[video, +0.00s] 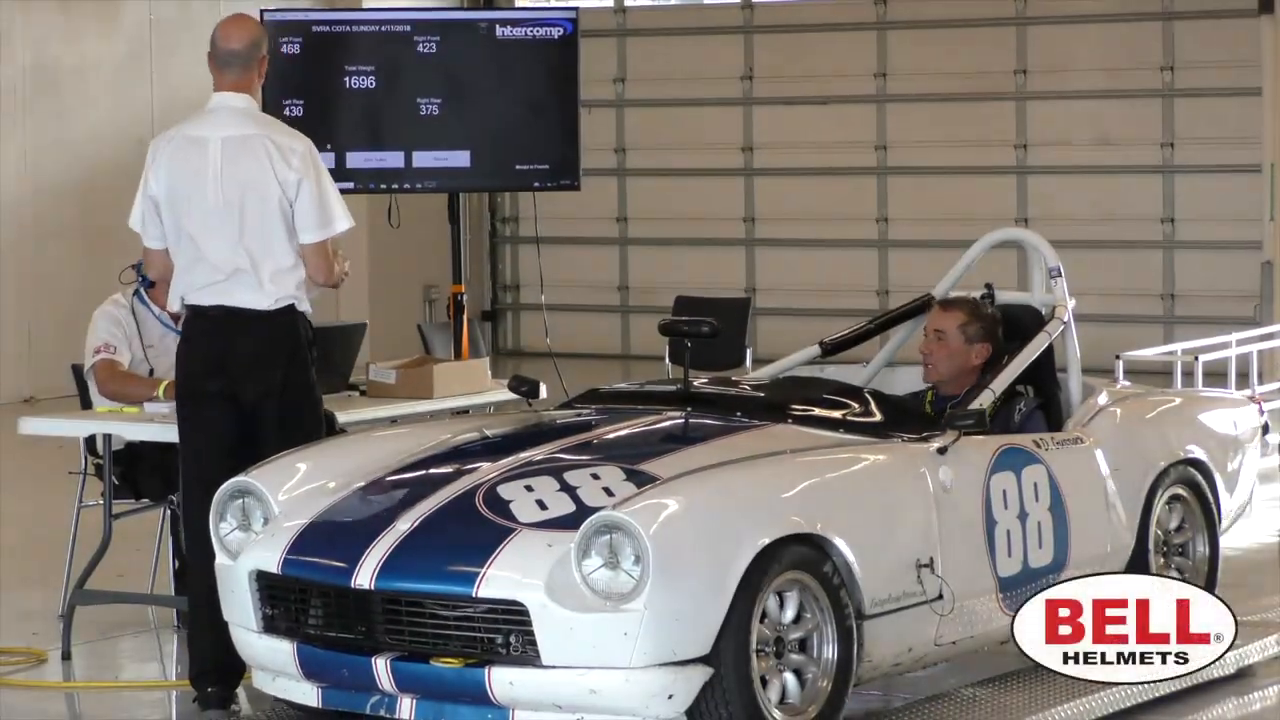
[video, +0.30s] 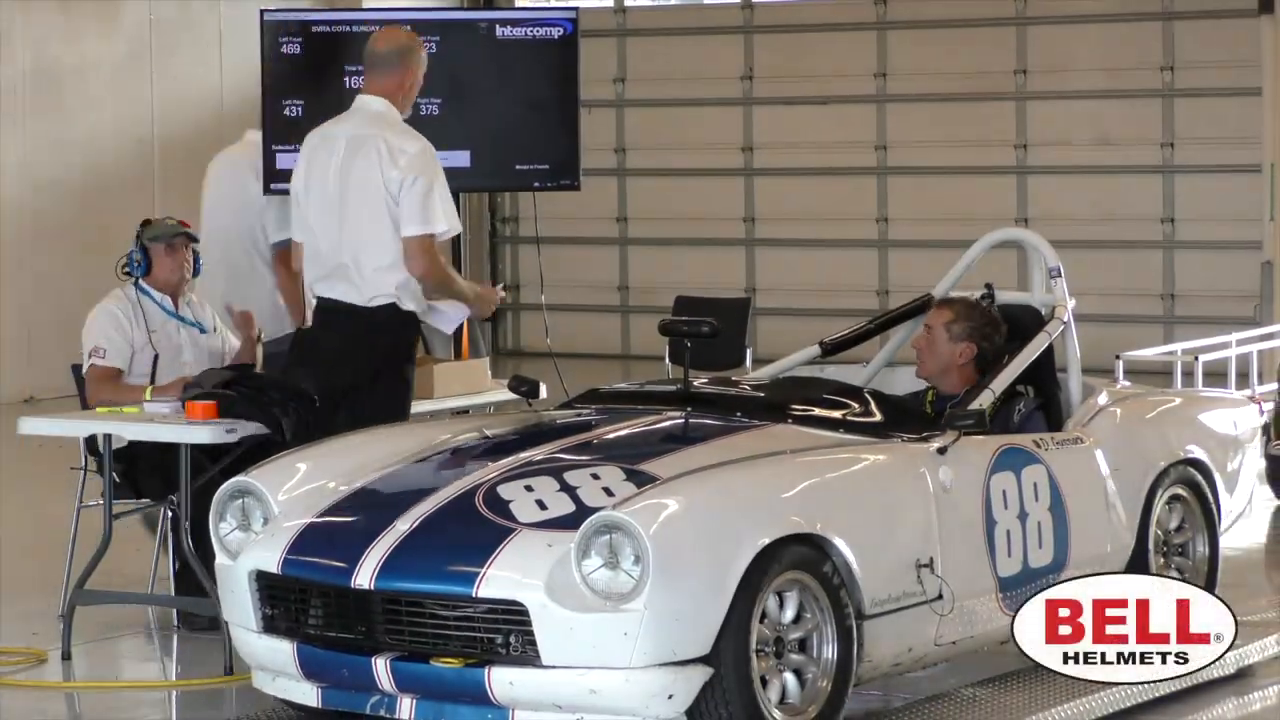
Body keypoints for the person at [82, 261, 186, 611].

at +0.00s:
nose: (181, 260)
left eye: (184, 251)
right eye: (172, 251)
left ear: (194, 261)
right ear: (152, 263)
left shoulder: (206, 310)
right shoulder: (117, 313)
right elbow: (107, 380)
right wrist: (169, 388)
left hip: (201, 439)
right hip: (140, 443)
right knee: (194, 482)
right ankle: (193, 610)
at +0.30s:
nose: (184, 255)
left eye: (188, 248)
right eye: (172, 247)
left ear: (192, 258)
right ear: (146, 256)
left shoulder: (200, 309)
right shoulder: (115, 312)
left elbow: (241, 374)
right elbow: (98, 390)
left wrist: (250, 342)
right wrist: (158, 391)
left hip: (207, 439)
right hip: (144, 444)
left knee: (264, 469)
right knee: (203, 483)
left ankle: (251, 594)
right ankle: (196, 604)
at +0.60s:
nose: (186, 287)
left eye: (194, 278)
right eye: (176, 275)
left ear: (202, 281)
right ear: (152, 270)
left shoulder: (202, 319)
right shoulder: (115, 319)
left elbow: (217, 380)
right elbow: (97, 397)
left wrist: (259, 379)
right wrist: (153, 393)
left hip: (203, 442)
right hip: (139, 446)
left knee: (260, 471)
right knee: (204, 481)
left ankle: (247, 596)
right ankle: (196, 606)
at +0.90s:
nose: (201, 271)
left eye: (202, 262)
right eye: (193, 262)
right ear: (162, 265)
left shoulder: (197, 317)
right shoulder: (114, 317)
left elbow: (214, 377)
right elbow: (98, 396)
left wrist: (257, 379)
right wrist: (156, 392)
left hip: (197, 442)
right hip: (136, 447)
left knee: (262, 466)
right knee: (202, 477)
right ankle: (195, 605)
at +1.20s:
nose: (190, 261)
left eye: (190, 252)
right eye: (184, 252)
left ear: (148, 257)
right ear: (162, 255)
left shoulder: (185, 314)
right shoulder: (119, 306)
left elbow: (205, 382)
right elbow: (106, 385)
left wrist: (256, 380)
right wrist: (154, 391)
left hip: (196, 442)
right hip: (143, 446)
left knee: (260, 464)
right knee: (206, 476)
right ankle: (196, 604)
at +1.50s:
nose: (177, 296)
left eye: (185, 287)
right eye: (166, 285)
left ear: (192, 283)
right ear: (141, 276)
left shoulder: (197, 305)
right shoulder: (107, 318)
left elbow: (233, 363)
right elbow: (98, 394)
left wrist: (212, 380)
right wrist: (152, 388)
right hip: (137, 447)